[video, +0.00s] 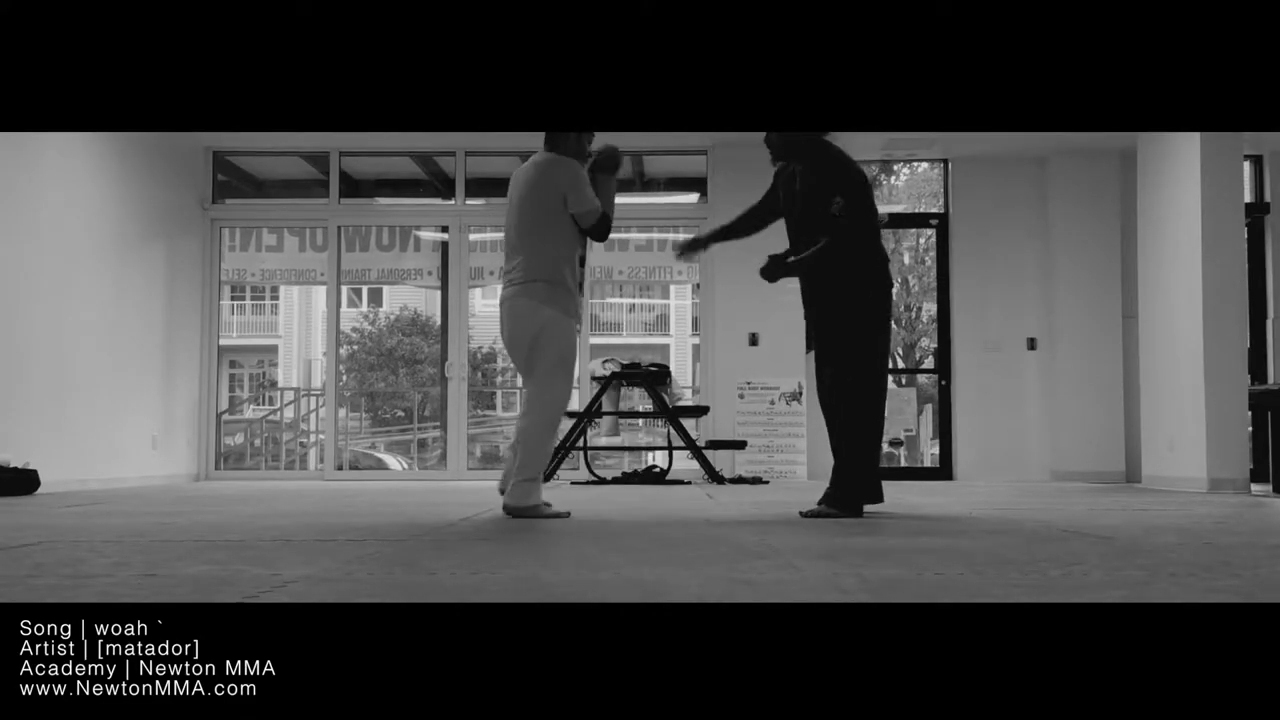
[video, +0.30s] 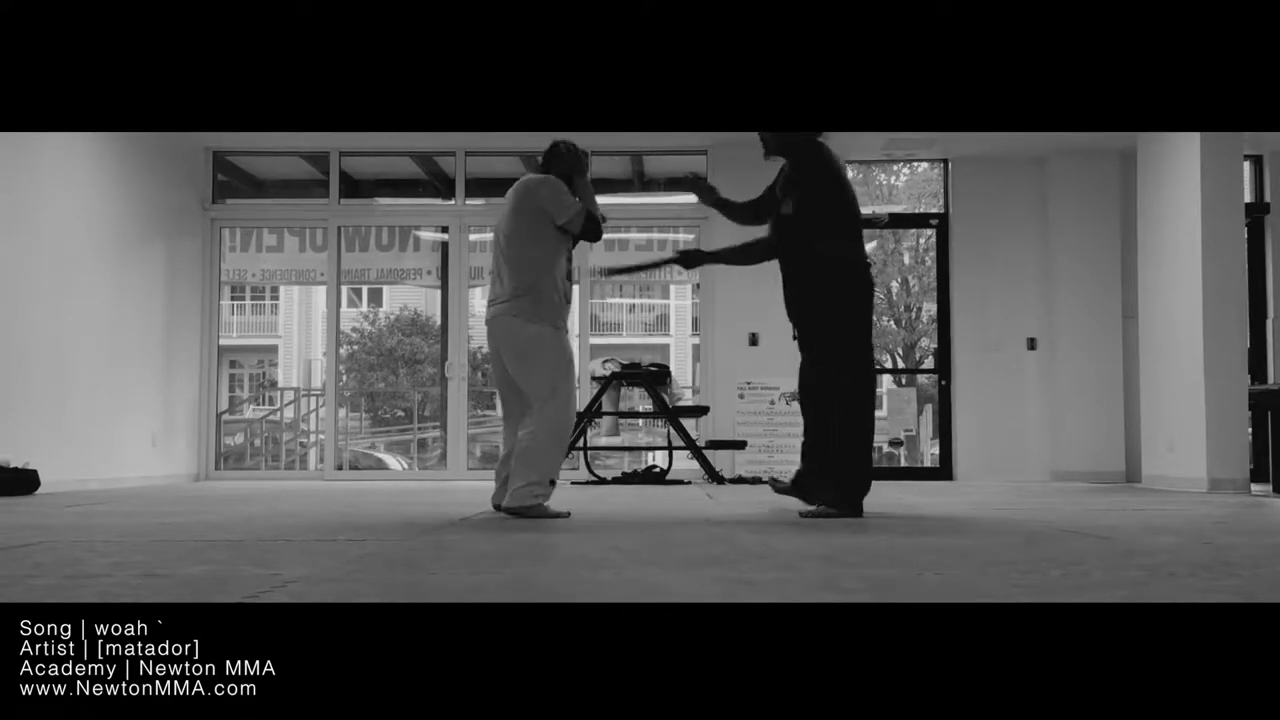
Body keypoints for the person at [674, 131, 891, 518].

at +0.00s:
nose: (767, 145)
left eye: (772, 138)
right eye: (767, 139)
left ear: (794, 137)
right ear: (787, 141)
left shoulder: (836, 169)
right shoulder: (790, 173)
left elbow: (841, 243)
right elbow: (759, 215)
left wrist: (790, 265)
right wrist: (708, 238)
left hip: (858, 298)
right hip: (827, 299)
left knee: (852, 391)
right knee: (835, 392)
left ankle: (847, 496)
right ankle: (859, 487)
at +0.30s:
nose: (760, 139)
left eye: (764, 133)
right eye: (761, 134)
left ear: (785, 133)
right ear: (788, 135)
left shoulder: (812, 170)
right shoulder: (797, 167)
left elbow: (777, 245)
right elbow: (754, 212)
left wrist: (708, 257)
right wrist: (711, 197)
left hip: (839, 308)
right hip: (818, 307)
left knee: (844, 395)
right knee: (816, 393)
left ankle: (845, 499)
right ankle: (814, 483)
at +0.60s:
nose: (747, 145)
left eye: (753, 137)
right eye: (748, 137)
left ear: (774, 141)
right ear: (782, 142)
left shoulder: (784, 183)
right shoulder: (791, 179)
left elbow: (726, 234)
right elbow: (776, 231)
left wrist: (680, 202)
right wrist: (737, 216)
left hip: (814, 314)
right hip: (799, 314)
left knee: (816, 403)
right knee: (791, 403)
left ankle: (838, 495)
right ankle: (791, 492)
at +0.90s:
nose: (735, 149)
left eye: (740, 142)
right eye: (735, 143)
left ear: (757, 143)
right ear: (773, 145)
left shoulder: (771, 174)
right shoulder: (780, 183)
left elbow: (708, 184)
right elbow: (752, 260)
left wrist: (649, 184)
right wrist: (722, 235)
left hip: (790, 310)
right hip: (793, 309)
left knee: (779, 399)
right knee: (784, 400)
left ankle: (789, 496)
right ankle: (789, 495)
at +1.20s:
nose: (735, 160)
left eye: (737, 150)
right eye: (733, 154)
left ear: (752, 146)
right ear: (773, 144)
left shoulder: (773, 174)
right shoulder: (771, 182)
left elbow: (725, 145)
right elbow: (753, 266)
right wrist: (713, 249)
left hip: (783, 312)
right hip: (781, 311)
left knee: (772, 402)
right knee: (779, 403)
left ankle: (774, 495)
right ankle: (784, 493)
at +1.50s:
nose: (726, 145)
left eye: (731, 138)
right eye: (727, 140)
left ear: (746, 140)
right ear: (766, 141)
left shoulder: (764, 173)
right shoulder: (769, 181)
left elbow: (702, 174)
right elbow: (758, 266)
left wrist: (646, 143)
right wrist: (721, 247)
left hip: (784, 311)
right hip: (786, 309)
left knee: (776, 401)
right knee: (781, 400)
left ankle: (778, 495)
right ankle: (784, 494)